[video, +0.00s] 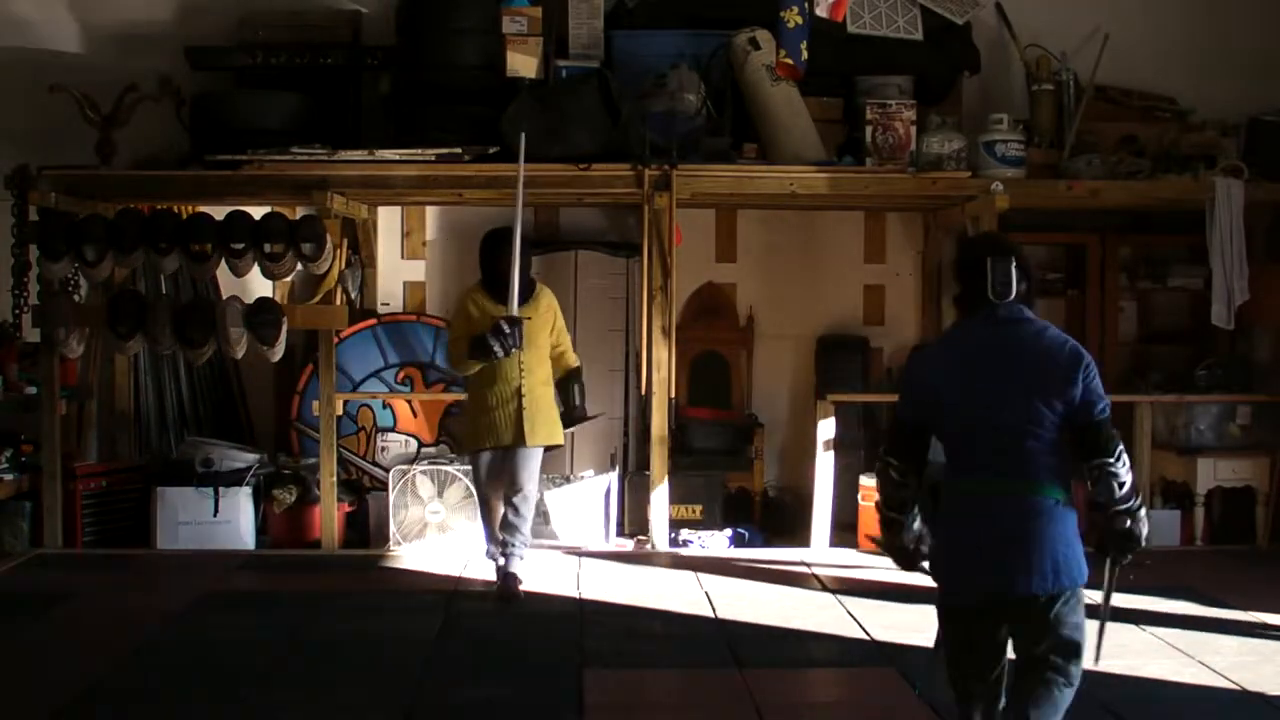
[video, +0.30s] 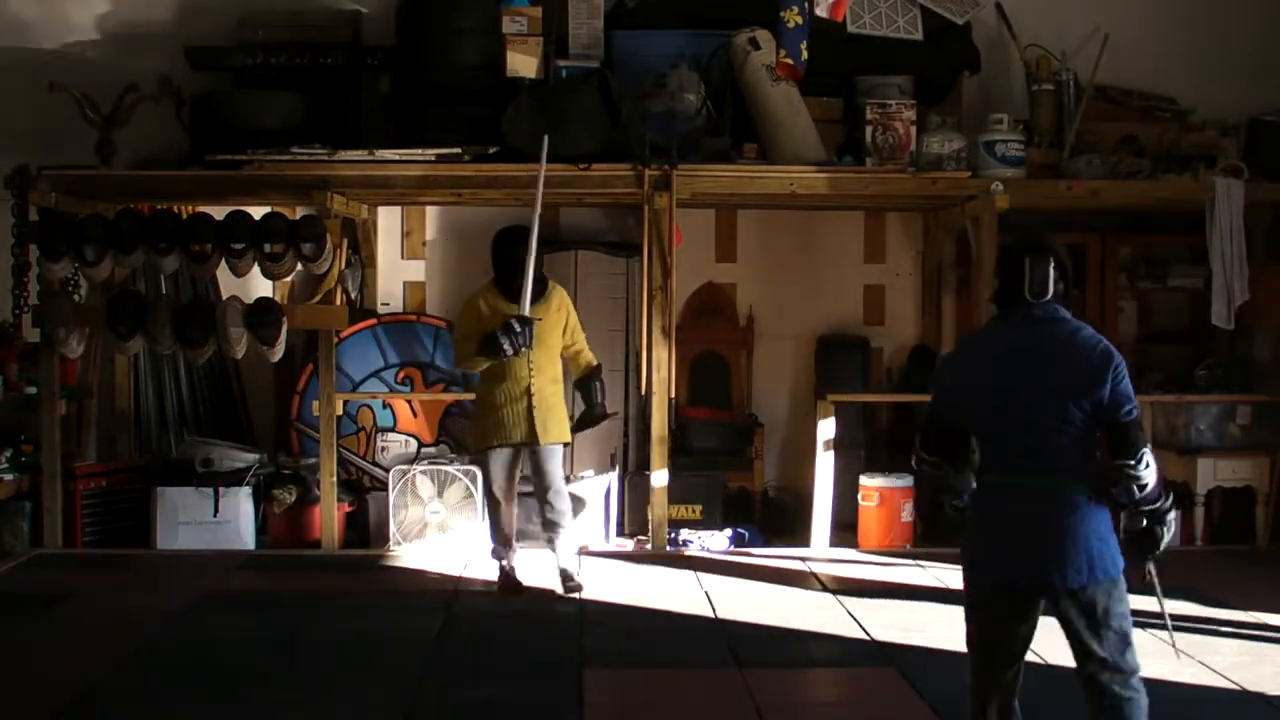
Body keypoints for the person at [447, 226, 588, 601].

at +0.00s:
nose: (516, 268)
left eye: (521, 259)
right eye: (507, 260)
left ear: (529, 260)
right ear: (489, 262)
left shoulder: (544, 299)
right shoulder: (472, 302)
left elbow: (561, 350)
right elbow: (456, 361)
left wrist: (572, 388)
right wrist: (483, 347)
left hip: (534, 413)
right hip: (488, 415)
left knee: (524, 491)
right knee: (488, 492)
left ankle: (512, 565)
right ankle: (497, 557)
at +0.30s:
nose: (528, 266)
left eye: (534, 257)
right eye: (519, 259)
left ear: (541, 258)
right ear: (501, 261)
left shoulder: (557, 299)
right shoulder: (482, 303)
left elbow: (576, 349)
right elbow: (463, 358)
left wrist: (592, 391)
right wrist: (493, 344)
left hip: (547, 415)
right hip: (500, 417)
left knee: (554, 491)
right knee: (500, 495)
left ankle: (567, 567)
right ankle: (506, 566)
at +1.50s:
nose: (618, 266)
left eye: (618, 257)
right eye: (609, 258)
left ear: (619, 261)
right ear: (585, 262)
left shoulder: (626, 304)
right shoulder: (560, 307)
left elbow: (637, 359)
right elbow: (538, 363)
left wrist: (647, 388)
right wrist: (576, 366)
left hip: (621, 421)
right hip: (582, 424)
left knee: (606, 504)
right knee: (590, 506)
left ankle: (593, 578)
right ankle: (593, 586)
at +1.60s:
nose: (621, 267)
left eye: (622, 260)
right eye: (612, 260)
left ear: (622, 263)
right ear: (589, 264)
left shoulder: (628, 306)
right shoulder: (562, 309)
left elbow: (638, 362)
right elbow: (539, 367)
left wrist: (646, 401)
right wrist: (577, 381)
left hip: (620, 425)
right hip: (583, 428)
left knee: (607, 506)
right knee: (591, 507)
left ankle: (593, 579)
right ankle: (593, 586)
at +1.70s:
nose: (622, 267)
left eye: (623, 259)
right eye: (613, 259)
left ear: (623, 263)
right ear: (590, 263)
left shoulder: (628, 305)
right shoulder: (563, 308)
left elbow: (637, 360)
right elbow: (541, 369)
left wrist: (645, 392)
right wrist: (575, 397)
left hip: (619, 430)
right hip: (582, 431)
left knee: (605, 507)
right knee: (591, 509)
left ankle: (589, 577)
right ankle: (593, 585)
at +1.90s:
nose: (626, 269)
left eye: (627, 261)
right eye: (618, 261)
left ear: (624, 265)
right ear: (595, 264)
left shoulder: (629, 305)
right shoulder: (564, 310)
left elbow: (639, 357)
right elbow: (547, 371)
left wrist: (645, 400)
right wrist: (557, 423)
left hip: (617, 429)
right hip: (582, 431)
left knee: (590, 501)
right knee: (589, 506)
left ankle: (559, 567)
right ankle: (594, 586)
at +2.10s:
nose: (622, 272)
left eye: (623, 264)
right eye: (614, 264)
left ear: (620, 267)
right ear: (592, 267)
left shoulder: (621, 303)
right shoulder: (565, 310)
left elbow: (634, 351)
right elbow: (547, 372)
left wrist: (642, 390)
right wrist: (541, 428)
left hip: (608, 422)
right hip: (576, 424)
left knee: (572, 499)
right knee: (591, 501)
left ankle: (555, 574)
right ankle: (593, 586)